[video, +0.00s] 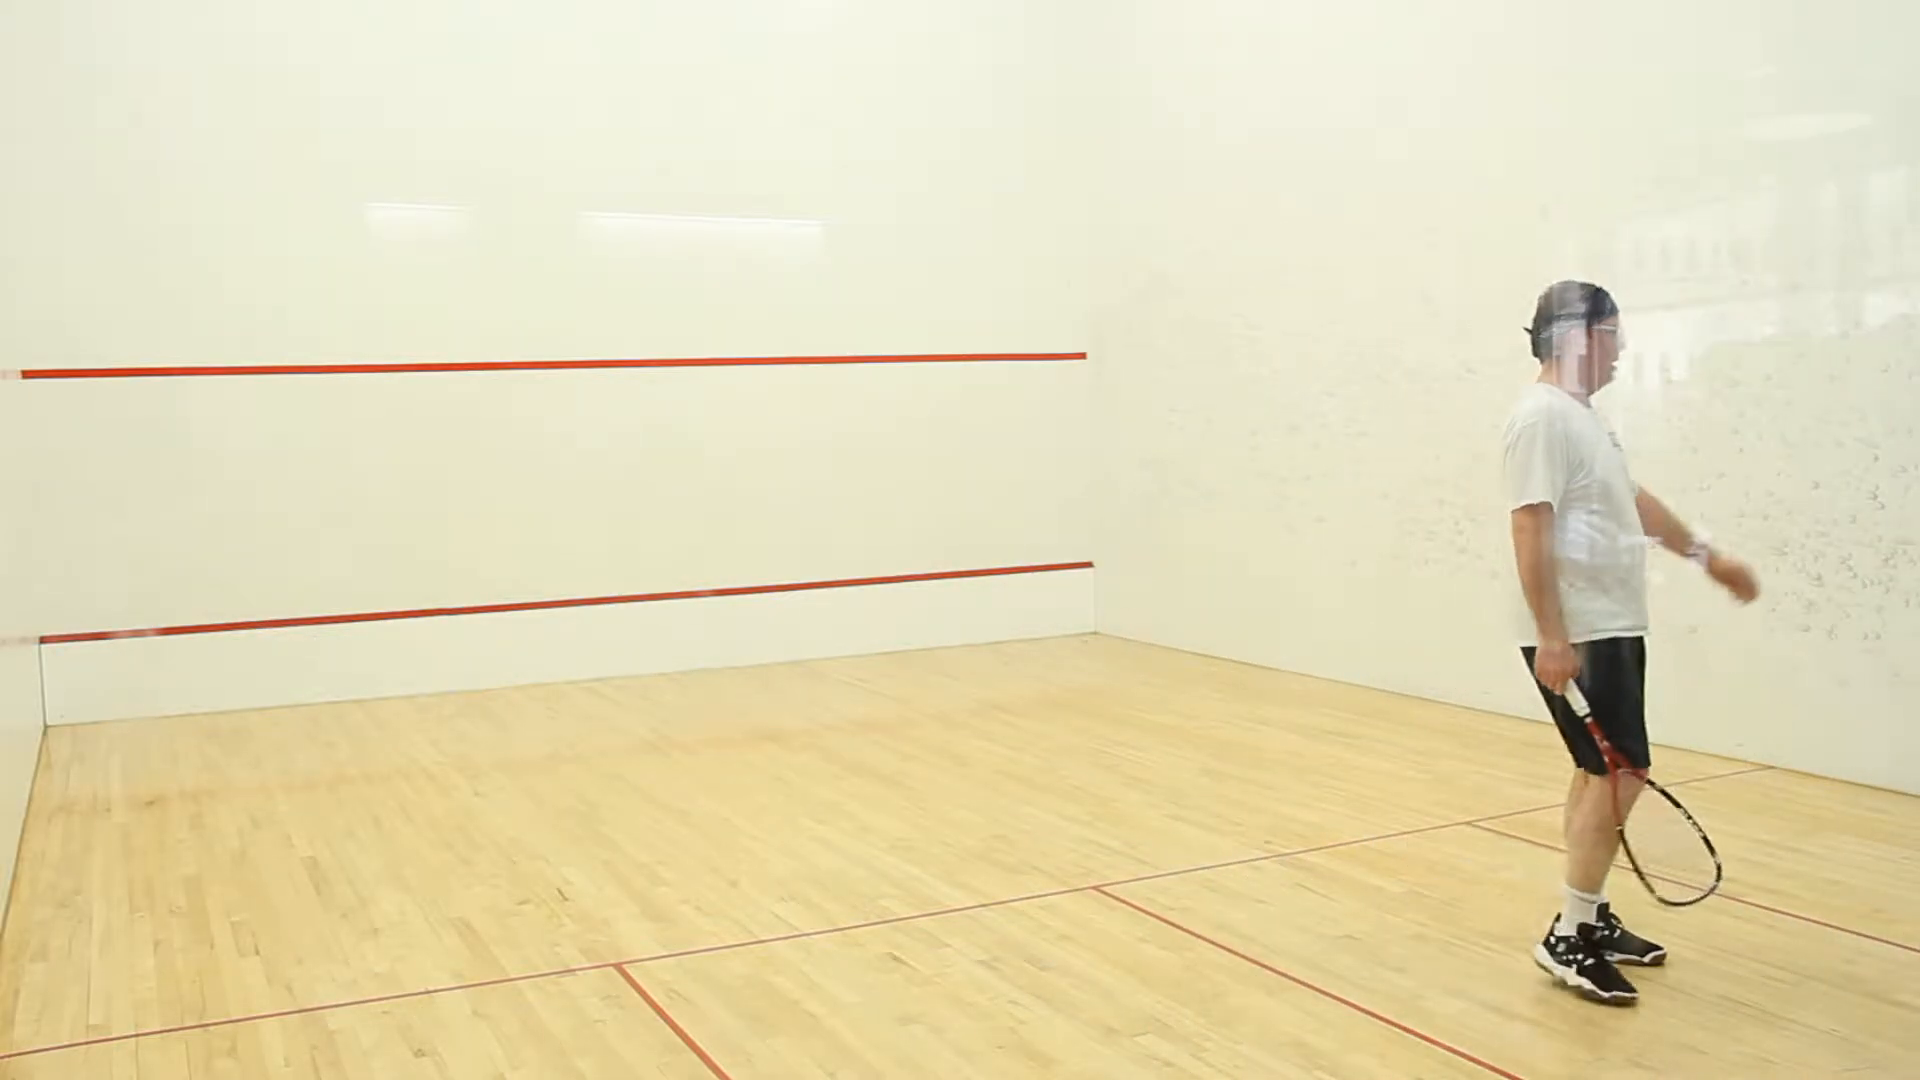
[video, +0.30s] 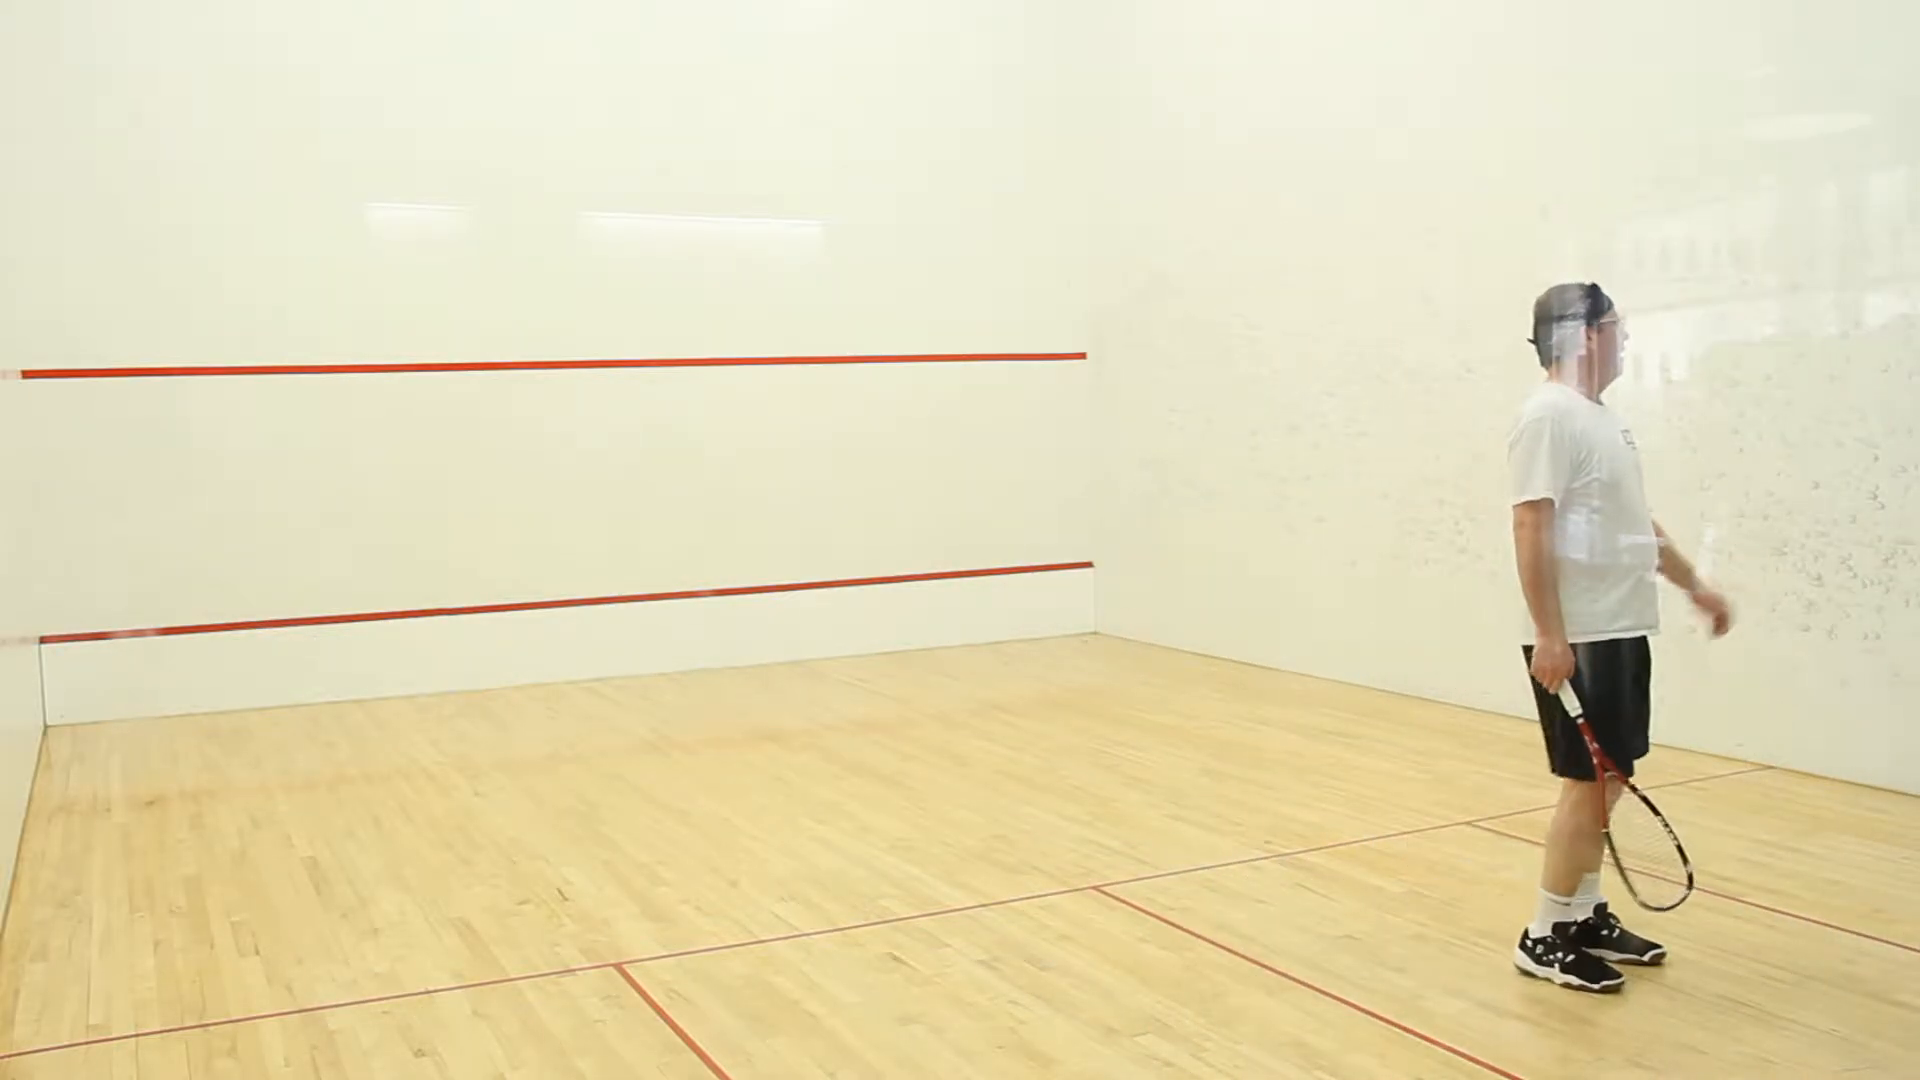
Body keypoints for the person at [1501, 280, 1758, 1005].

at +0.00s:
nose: (1618, 351)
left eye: (1617, 337)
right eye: (1610, 336)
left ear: (1575, 339)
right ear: (1577, 337)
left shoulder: (1584, 418)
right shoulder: (1542, 417)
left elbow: (1634, 502)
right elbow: (1529, 531)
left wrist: (1708, 556)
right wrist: (1550, 636)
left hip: (1614, 628)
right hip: (1582, 633)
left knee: (1605, 774)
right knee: (1619, 773)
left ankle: (1590, 921)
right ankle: (1569, 937)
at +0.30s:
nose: (1624, 344)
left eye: (1621, 331)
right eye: (1617, 331)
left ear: (1581, 337)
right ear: (1591, 336)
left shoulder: (1602, 417)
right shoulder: (1549, 416)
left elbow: (1634, 524)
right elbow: (1530, 529)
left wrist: (1695, 586)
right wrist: (1547, 634)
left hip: (1621, 632)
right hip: (1581, 636)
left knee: (1608, 779)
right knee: (1585, 783)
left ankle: (1585, 918)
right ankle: (1544, 936)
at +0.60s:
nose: (1628, 331)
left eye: (1624, 320)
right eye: (1619, 321)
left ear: (1590, 335)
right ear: (1592, 333)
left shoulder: (1608, 418)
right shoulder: (1563, 415)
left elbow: (1629, 523)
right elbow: (1542, 531)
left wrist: (1692, 575)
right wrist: (1577, 634)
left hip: (1622, 638)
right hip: (1563, 641)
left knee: (1643, 764)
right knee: (1569, 782)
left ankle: (1599, 909)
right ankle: (1543, 934)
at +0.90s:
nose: (1652, 334)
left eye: (1650, 323)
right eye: (1640, 323)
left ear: (1619, 337)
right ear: (1599, 335)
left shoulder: (1654, 421)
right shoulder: (1555, 424)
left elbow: (1713, 499)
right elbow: (1534, 531)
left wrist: (1810, 473)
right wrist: (1578, 623)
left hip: (1637, 636)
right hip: (1565, 636)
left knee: (1633, 769)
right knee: (1571, 778)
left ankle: (1620, 918)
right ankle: (1543, 935)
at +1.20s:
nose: (1643, 356)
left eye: (1649, 341)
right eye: (1628, 342)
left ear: (1656, 344)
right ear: (1588, 345)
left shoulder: (1675, 425)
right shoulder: (1541, 424)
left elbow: (1734, 505)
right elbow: (1497, 523)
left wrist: (1711, 433)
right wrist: (1477, 619)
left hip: (1643, 639)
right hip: (1556, 636)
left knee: (1633, 781)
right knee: (1549, 782)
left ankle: (1620, 917)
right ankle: (1534, 926)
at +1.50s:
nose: (1559, 357)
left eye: (1569, 342)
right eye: (1544, 348)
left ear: (1592, 338)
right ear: (1526, 353)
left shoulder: (1633, 417)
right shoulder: (1501, 425)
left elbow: (1674, 498)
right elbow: (1474, 527)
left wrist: (1601, 439)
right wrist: (1453, 624)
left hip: (1613, 639)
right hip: (1521, 638)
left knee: (1621, 781)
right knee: (1519, 787)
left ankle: (1618, 917)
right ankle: (1528, 929)